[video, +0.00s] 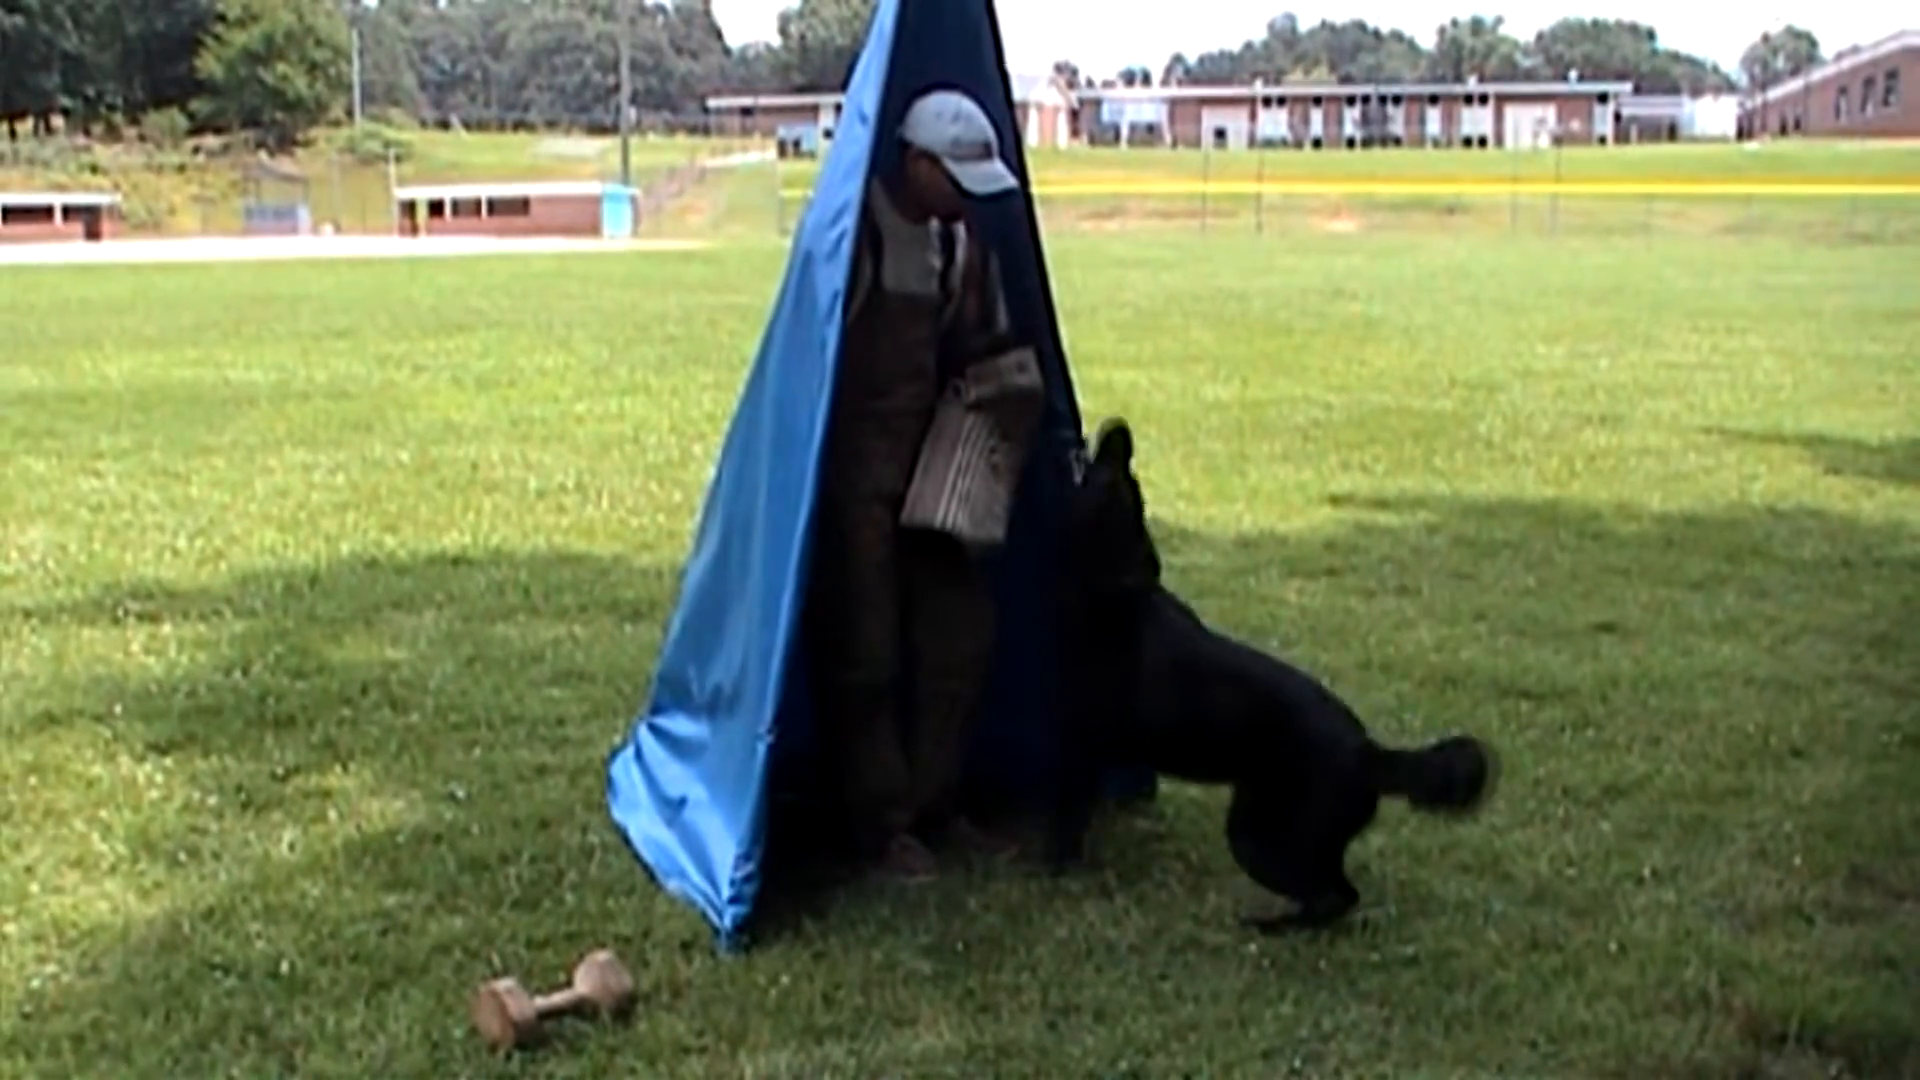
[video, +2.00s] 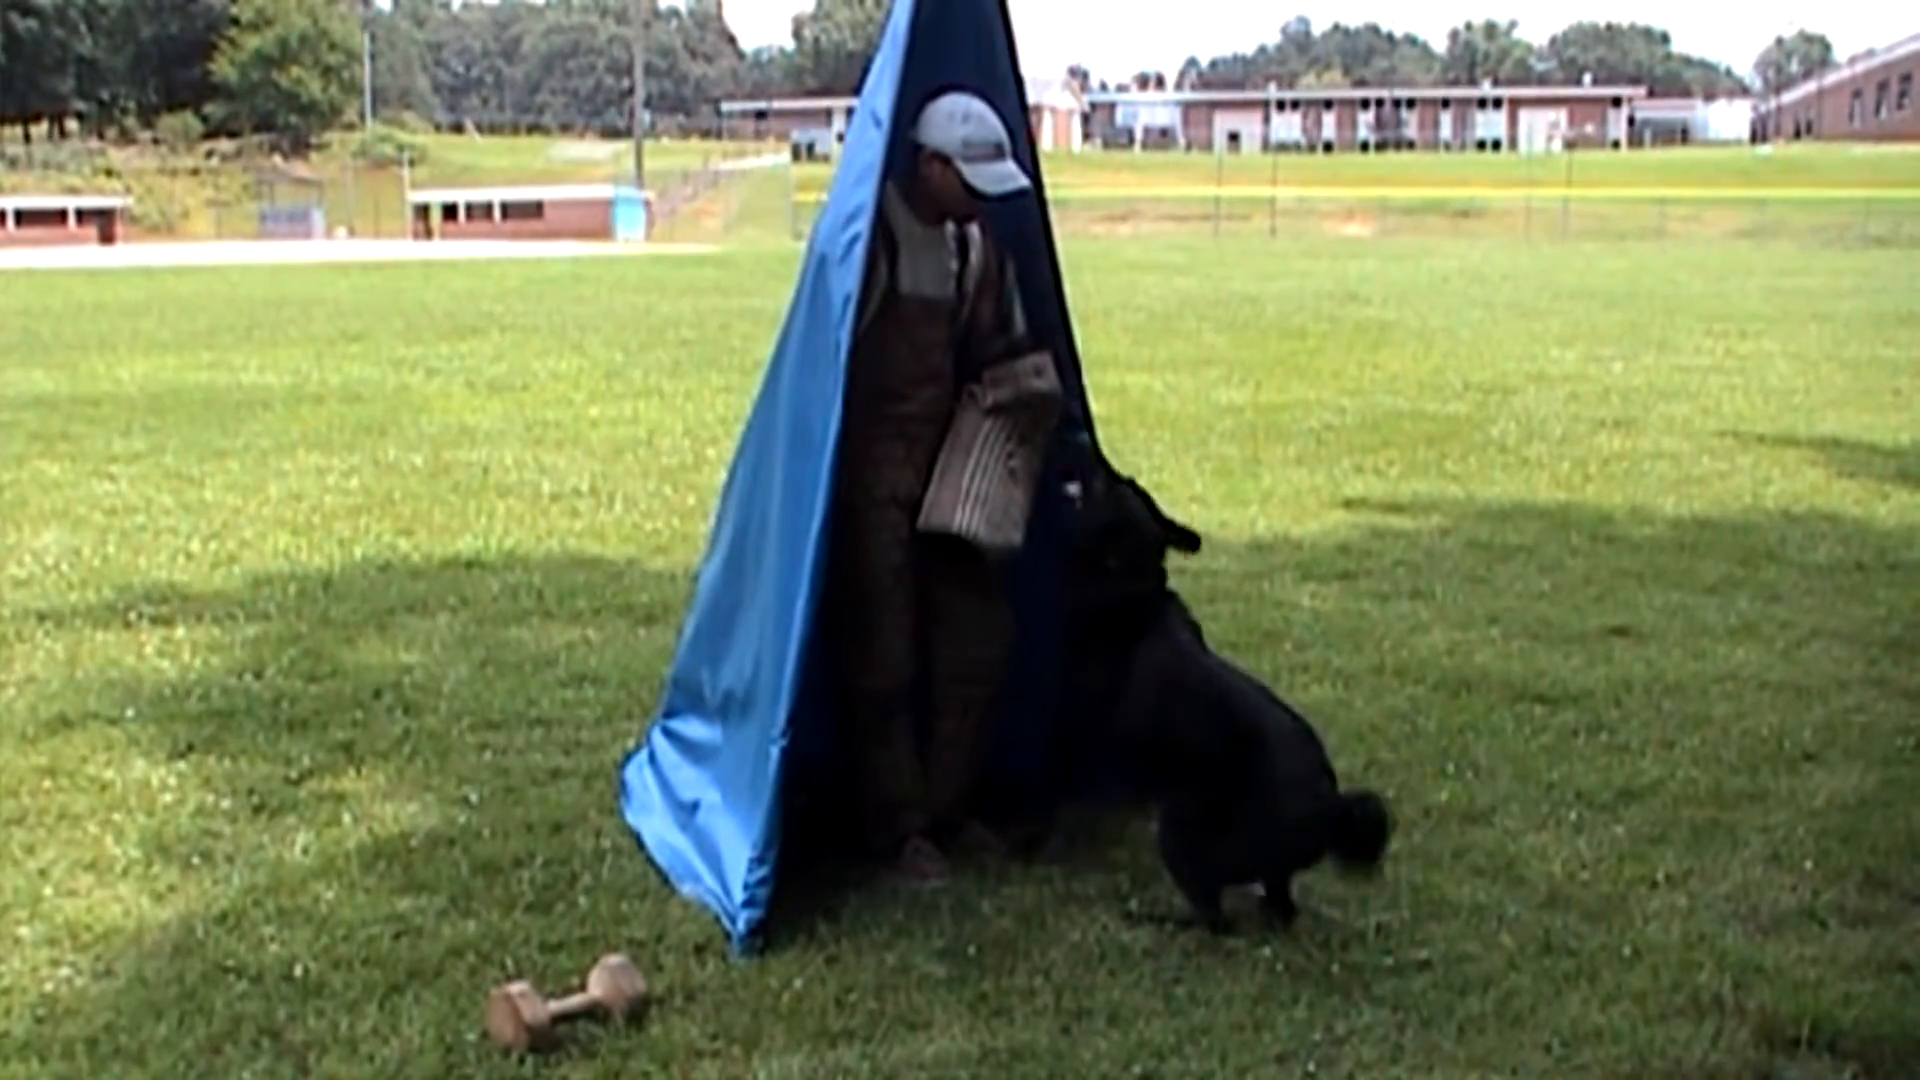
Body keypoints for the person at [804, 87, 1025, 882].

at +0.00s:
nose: (964, 198)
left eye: (971, 183)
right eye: (954, 180)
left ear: (965, 174)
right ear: (912, 162)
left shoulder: (967, 248)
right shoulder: (848, 241)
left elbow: (995, 361)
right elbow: (809, 370)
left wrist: (1003, 382)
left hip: (945, 478)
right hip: (856, 480)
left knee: (952, 640)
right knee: (871, 652)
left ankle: (938, 808)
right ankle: (881, 826)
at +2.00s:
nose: (977, 199)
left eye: (984, 185)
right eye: (968, 182)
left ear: (980, 174)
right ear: (925, 164)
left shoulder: (981, 251)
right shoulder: (862, 245)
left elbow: (1007, 362)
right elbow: (821, 367)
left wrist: (1026, 384)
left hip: (960, 482)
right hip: (872, 483)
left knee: (970, 643)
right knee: (886, 656)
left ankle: (952, 811)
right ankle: (898, 831)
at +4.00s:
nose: (970, 199)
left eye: (977, 185)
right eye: (961, 182)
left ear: (971, 174)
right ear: (919, 163)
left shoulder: (974, 247)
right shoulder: (857, 242)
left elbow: (999, 358)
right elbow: (817, 364)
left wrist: (1019, 387)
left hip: (954, 480)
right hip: (866, 481)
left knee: (962, 642)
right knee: (879, 654)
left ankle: (944, 809)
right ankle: (892, 828)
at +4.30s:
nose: (971, 199)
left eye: (978, 186)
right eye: (961, 182)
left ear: (974, 174)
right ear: (917, 163)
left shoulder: (975, 245)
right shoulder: (855, 241)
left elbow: (997, 355)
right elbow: (815, 365)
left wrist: (1022, 384)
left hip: (955, 484)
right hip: (866, 486)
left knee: (961, 646)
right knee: (880, 658)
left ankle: (944, 813)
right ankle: (892, 829)